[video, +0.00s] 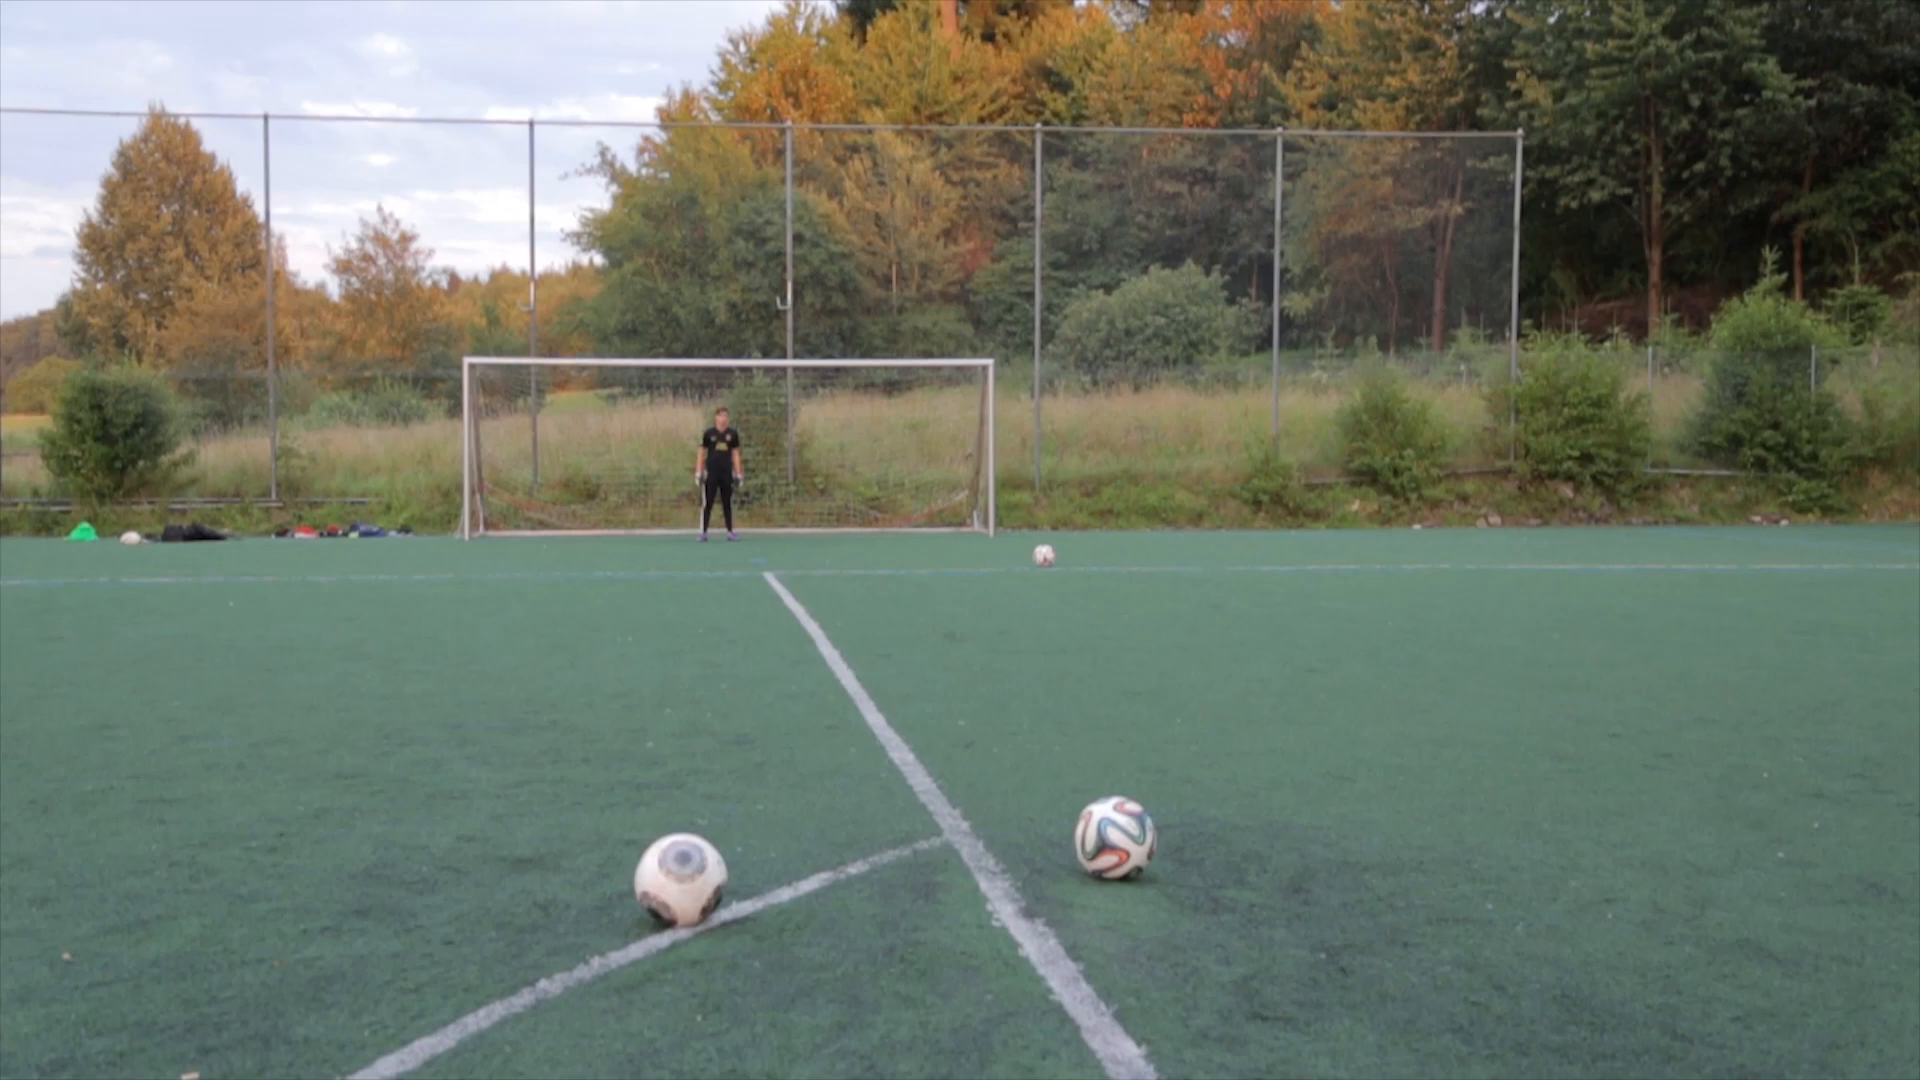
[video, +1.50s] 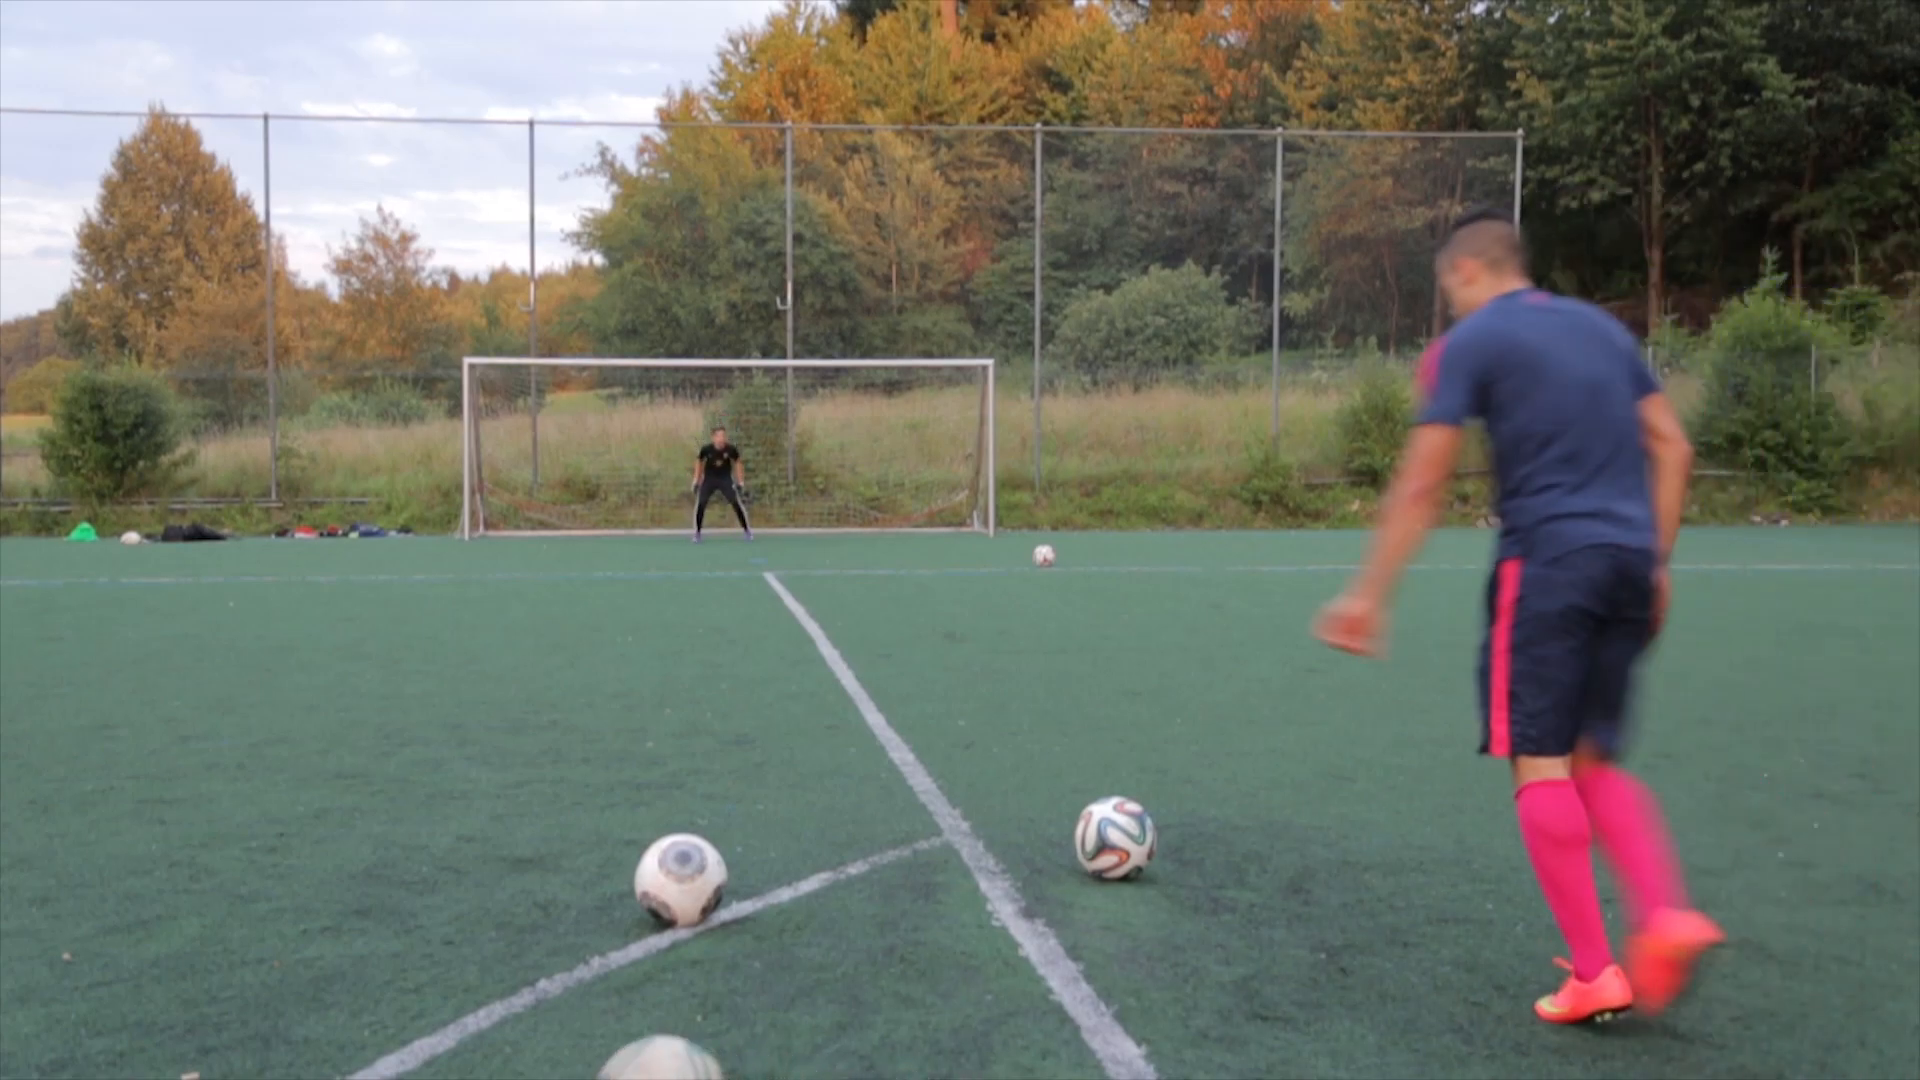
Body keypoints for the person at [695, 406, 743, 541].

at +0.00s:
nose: (723, 420)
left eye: (725, 417)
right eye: (720, 416)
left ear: (728, 419)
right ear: (715, 418)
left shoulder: (732, 434)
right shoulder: (709, 434)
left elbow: (736, 454)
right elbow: (702, 452)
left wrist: (738, 472)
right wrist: (699, 470)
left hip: (726, 473)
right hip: (711, 473)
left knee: (727, 503)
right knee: (708, 503)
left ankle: (730, 530)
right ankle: (704, 531)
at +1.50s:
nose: (720, 439)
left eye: (722, 436)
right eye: (717, 436)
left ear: (725, 438)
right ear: (713, 437)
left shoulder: (731, 450)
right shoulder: (706, 450)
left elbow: (738, 464)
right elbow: (699, 464)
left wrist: (740, 481)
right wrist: (696, 480)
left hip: (725, 481)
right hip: (709, 481)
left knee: (736, 504)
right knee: (701, 505)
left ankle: (746, 530)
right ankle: (698, 532)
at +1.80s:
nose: (737, 442)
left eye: (739, 439)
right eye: (735, 439)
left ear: (743, 439)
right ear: (731, 439)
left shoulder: (750, 450)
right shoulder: (725, 451)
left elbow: (755, 464)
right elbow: (717, 465)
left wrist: (758, 478)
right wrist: (713, 482)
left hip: (746, 482)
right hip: (730, 481)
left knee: (749, 506)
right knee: (717, 505)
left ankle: (749, 532)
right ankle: (705, 532)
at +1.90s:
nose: (743, 438)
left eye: (745, 435)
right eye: (741, 436)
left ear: (748, 435)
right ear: (736, 435)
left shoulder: (756, 445)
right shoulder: (731, 447)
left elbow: (761, 457)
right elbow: (721, 459)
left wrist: (766, 469)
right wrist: (718, 477)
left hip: (753, 476)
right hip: (737, 476)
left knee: (760, 500)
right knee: (726, 500)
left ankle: (755, 529)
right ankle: (721, 527)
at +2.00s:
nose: (749, 437)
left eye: (751, 434)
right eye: (747, 434)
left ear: (754, 436)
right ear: (742, 435)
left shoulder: (762, 447)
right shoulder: (736, 449)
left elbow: (770, 459)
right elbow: (727, 461)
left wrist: (775, 472)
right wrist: (724, 478)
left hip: (759, 476)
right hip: (743, 476)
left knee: (770, 499)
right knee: (736, 499)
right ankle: (734, 527)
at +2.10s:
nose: (755, 447)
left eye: (757, 444)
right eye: (753, 444)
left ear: (760, 444)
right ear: (748, 445)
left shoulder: (768, 454)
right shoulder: (742, 457)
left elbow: (775, 468)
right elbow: (733, 468)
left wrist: (783, 482)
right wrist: (729, 484)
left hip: (765, 483)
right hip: (749, 484)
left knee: (779, 504)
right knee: (743, 505)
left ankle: (795, 530)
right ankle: (746, 532)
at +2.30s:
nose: (747, 461)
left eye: (749, 458)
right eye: (744, 458)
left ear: (753, 456)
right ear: (741, 458)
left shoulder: (763, 465)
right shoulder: (739, 468)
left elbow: (774, 479)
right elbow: (735, 483)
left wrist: (782, 496)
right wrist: (731, 499)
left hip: (762, 492)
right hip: (746, 493)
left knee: (778, 510)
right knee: (733, 508)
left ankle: (794, 533)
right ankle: (737, 534)